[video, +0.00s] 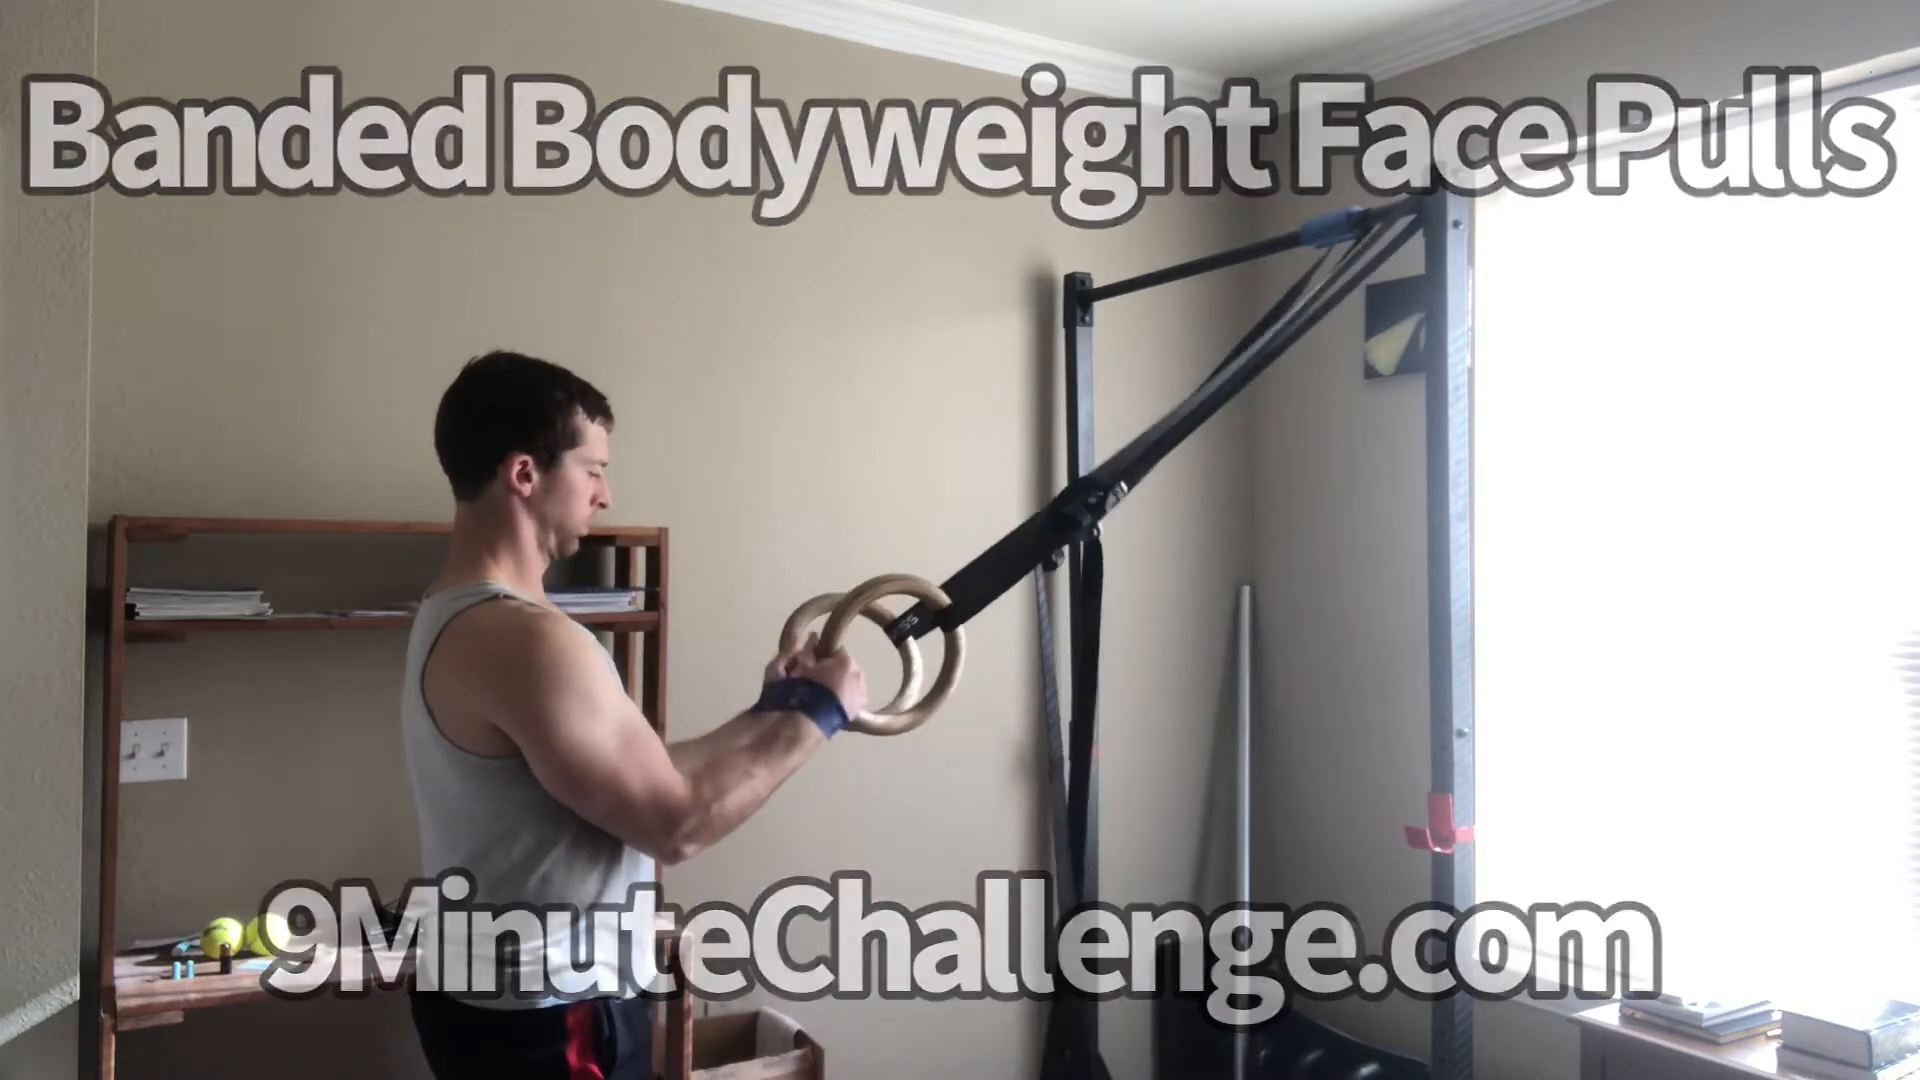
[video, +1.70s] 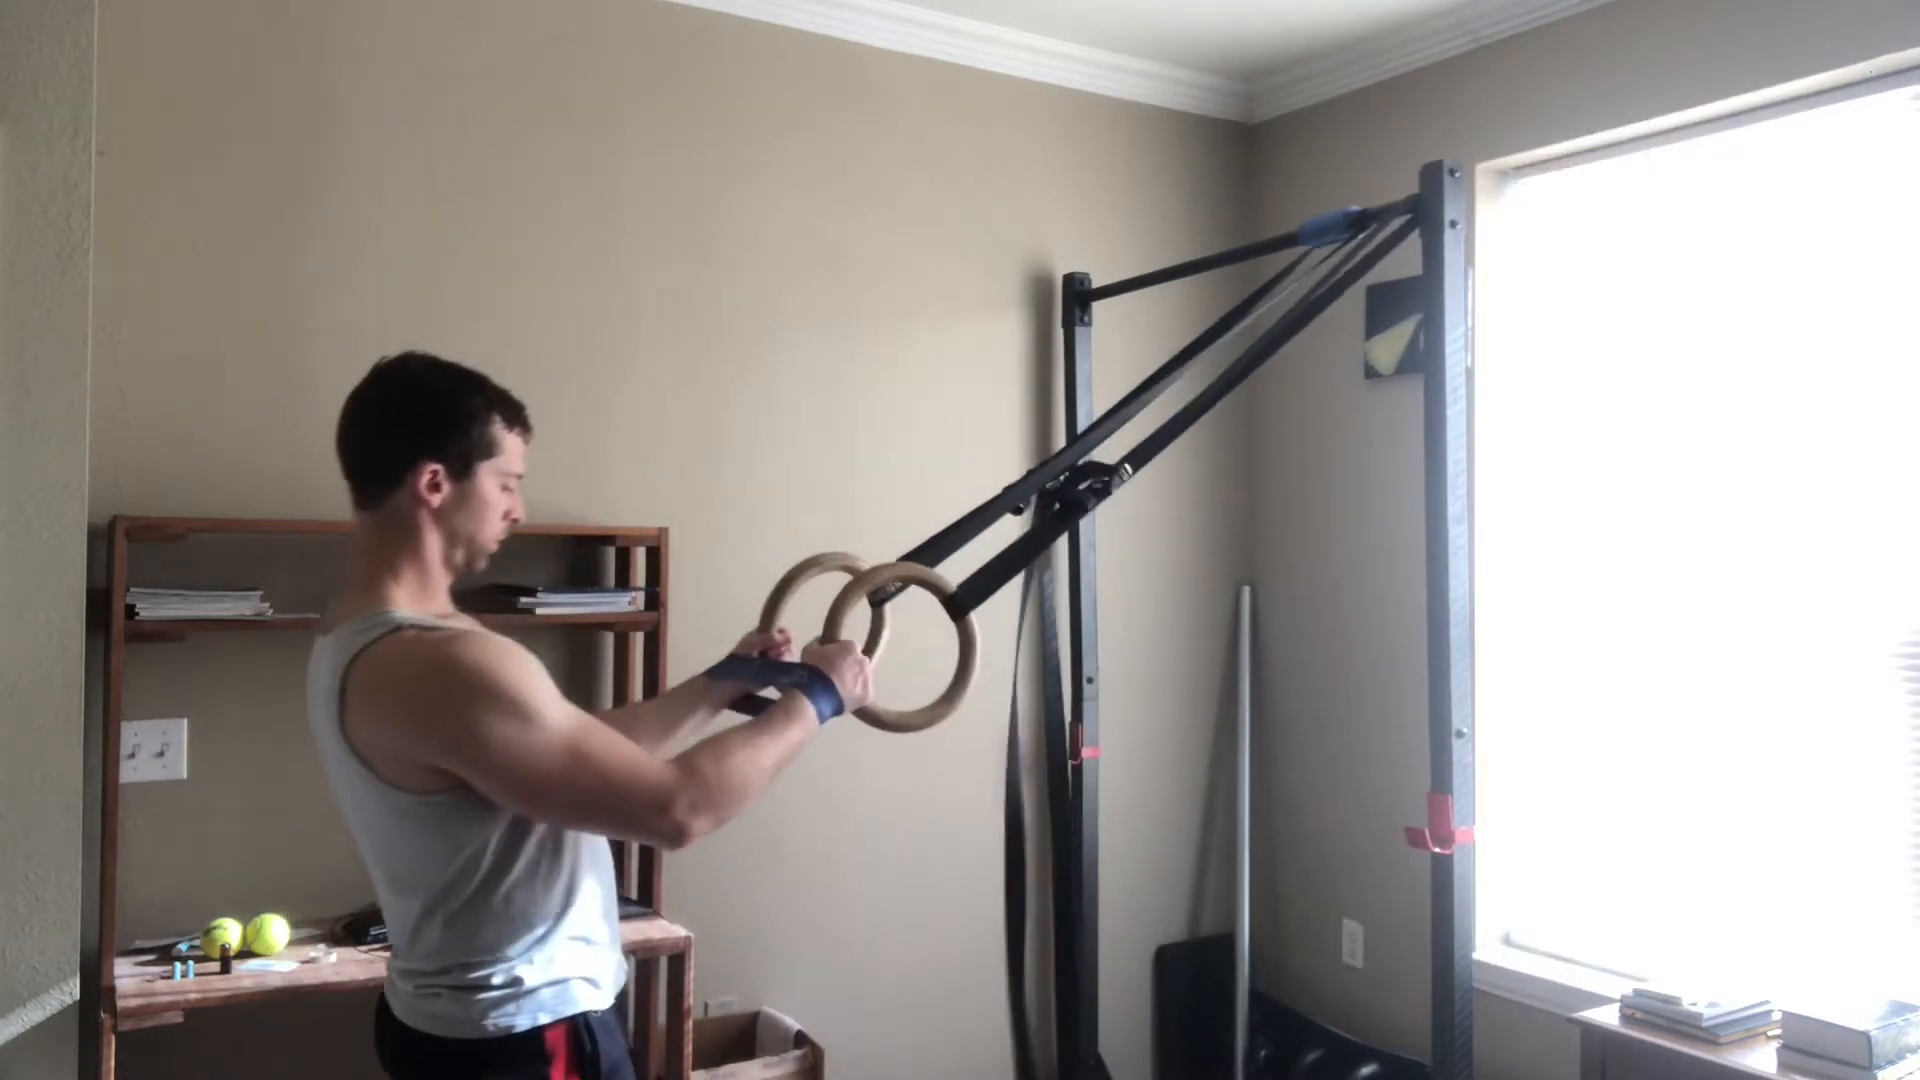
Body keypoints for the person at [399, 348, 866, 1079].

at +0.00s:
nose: (604, 495)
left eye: (603, 472)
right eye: (592, 470)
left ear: (522, 478)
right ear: (523, 474)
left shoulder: (457, 617)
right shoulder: (527, 643)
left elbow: (636, 776)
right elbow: (675, 824)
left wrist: (764, 715)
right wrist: (814, 715)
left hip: (498, 1003)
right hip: (551, 1018)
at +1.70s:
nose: (518, 512)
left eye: (518, 486)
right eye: (506, 484)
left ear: (429, 489)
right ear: (432, 487)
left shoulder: (360, 641)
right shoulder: (448, 667)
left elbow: (577, 754)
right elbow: (677, 807)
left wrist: (727, 681)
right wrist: (816, 698)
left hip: (448, 1028)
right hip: (528, 1043)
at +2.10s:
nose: (435, 520)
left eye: (426, 491)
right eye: (415, 493)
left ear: (333, 527)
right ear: (336, 523)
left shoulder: (303, 675)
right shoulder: (367, 700)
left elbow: (536, 740)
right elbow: (627, 776)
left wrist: (704, 681)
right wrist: (788, 686)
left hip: (430, 1043)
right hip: (505, 1051)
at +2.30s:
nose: (374, 539)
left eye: (359, 515)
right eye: (346, 521)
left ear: (270, 565)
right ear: (270, 563)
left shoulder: (289, 718)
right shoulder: (337, 739)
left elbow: (548, 732)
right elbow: (613, 762)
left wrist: (712, 658)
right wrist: (780, 662)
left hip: (462, 1055)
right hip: (525, 1061)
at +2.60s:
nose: (290, 588)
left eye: (268, 563)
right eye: (254, 572)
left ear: (182, 636)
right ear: (181, 631)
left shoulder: (233, 768)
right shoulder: (292, 792)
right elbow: (578, 727)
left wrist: (714, 647)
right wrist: (760, 632)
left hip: (524, 1048)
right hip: (544, 1064)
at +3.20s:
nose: (284, 673)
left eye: (261, 654)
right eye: (251, 668)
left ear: (190, 747)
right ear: (188, 740)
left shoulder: (304, 839)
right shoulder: (341, 871)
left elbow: (542, 779)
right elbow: (617, 784)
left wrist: (741, 684)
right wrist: (791, 680)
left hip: (624, 1048)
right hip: (619, 1069)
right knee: (798, 1045)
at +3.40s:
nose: (286, 684)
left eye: (262, 667)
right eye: (252, 683)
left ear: (197, 765)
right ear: (194, 761)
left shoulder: (316, 845)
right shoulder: (343, 893)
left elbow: (537, 778)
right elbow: (617, 800)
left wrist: (717, 682)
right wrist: (787, 689)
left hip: (624, 1039)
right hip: (621, 1067)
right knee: (791, 1048)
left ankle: (724, 1045)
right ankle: (764, 1057)